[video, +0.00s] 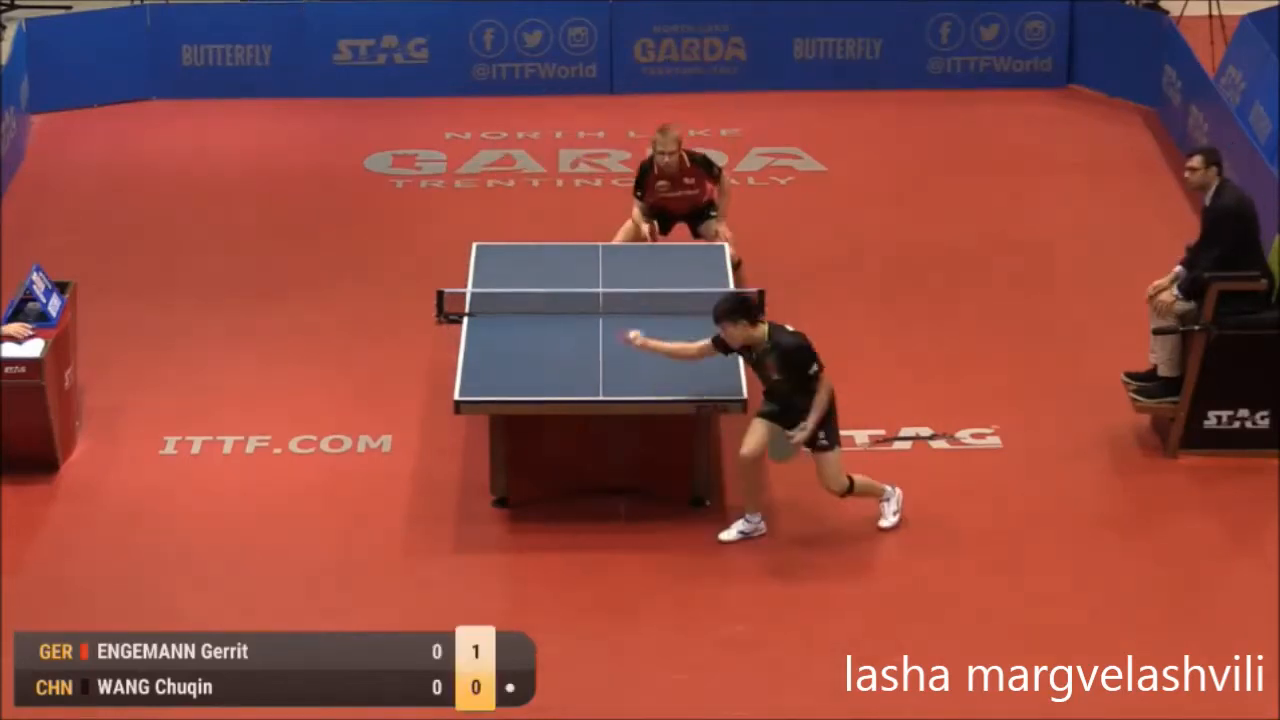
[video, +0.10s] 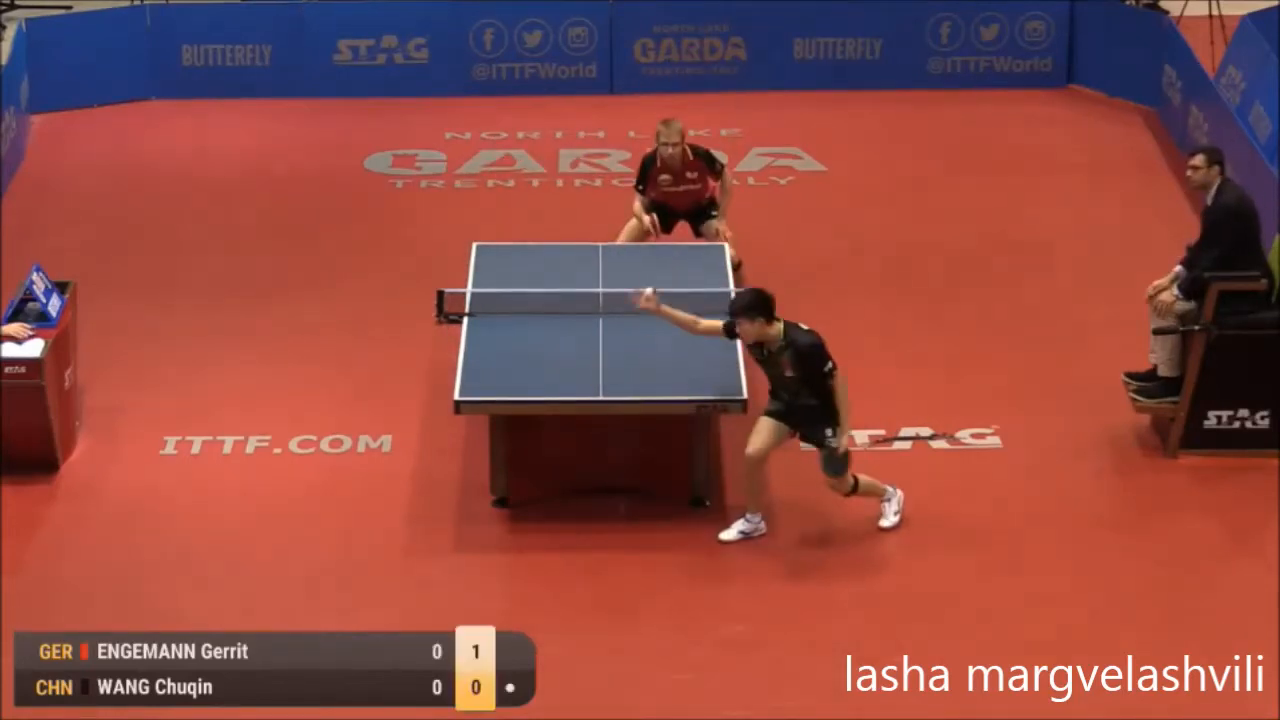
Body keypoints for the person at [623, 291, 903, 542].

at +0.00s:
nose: (725, 336)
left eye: (727, 330)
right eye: (723, 331)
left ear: (747, 325)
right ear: (735, 328)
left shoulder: (792, 344)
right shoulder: (740, 341)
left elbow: (824, 387)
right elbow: (695, 351)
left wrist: (807, 428)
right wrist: (647, 344)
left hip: (813, 406)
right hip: (777, 404)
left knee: (835, 484)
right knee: (748, 455)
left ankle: (888, 494)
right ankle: (753, 519)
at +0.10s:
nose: (737, 331)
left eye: (741, 325)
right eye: (736, 325)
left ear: (761, 323)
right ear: (749, 323)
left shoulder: (807, 343)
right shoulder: (748, 334)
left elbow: (837, 381)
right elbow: (698, 326)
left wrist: (844, 428)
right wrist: (657, 308)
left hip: (822, 412)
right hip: (784, 405)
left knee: (841, 483)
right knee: (753, 454)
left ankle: (890, 495)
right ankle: (753, 519)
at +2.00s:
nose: (691, 360)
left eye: (691, 356)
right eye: (693, 354)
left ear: (697, 359)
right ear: (728, 350)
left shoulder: (706, 397)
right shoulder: (757, 377)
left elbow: (694, 454)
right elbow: (786, 419)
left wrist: (659, 458)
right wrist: (756, 434)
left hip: (732, 482)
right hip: (776, 477)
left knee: (663, 513)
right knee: (810, 504)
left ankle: (662, 600)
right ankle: (846, 574)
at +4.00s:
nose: (495, 320)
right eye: (495, 317)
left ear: (465, 314)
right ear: (493, 322)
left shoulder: (443, 331)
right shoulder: (497, 348)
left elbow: (420, 327)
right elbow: (530, 366)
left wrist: (442, 324)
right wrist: (524, 343)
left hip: (422, 427)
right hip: (459, 435)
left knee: (416, 460)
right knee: (527, 485)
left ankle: (388, 521)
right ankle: (572, 558)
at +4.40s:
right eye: (531, 305)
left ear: (502, 312)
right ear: (534, 309)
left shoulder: (486, 347)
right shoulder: (554, 343)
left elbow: (444, 375)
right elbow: (605, 368)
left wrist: (456, 358)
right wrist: (581, 357)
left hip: (501, 445)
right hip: (544, 444)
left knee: (480, 487)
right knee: (598, 495)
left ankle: (450, 554)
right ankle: (621, 573)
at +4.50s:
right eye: (551, 307)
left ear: (525, 314)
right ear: (557, 310)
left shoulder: (510, 352)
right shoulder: (579, 341)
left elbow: (468, 378)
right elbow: (627, 371)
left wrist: (485, 377)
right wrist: (612, 387)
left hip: (534, 446)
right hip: (580, 442)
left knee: (494, 500)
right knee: (640, 484)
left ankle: (454, 556)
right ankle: (634, 570)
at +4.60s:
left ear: (537, 316)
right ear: (571, 312)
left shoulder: (523, 352)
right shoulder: (593, 343)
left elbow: (482, 389)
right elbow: (632, 385)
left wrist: (505, 393)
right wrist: (618, 409)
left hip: (550, 449)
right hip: (596, 444)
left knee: (505, 507)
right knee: (659, 484)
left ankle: (482, 585)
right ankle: (657, 572)